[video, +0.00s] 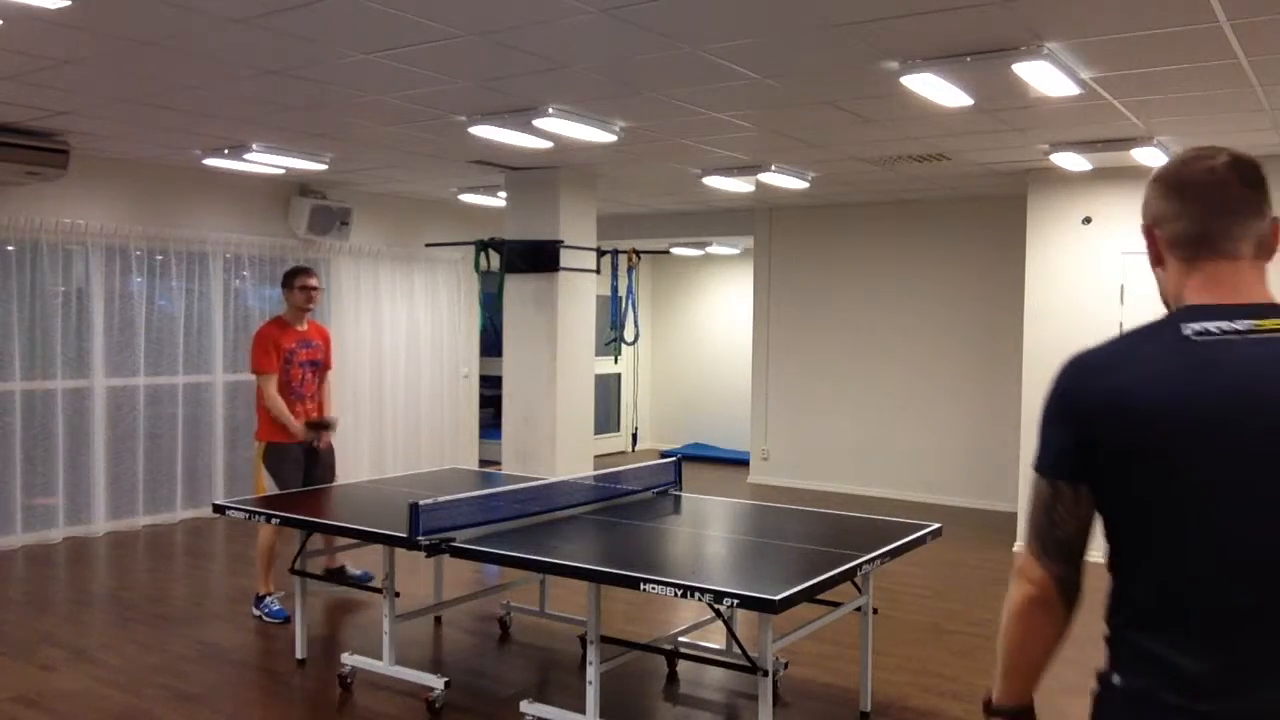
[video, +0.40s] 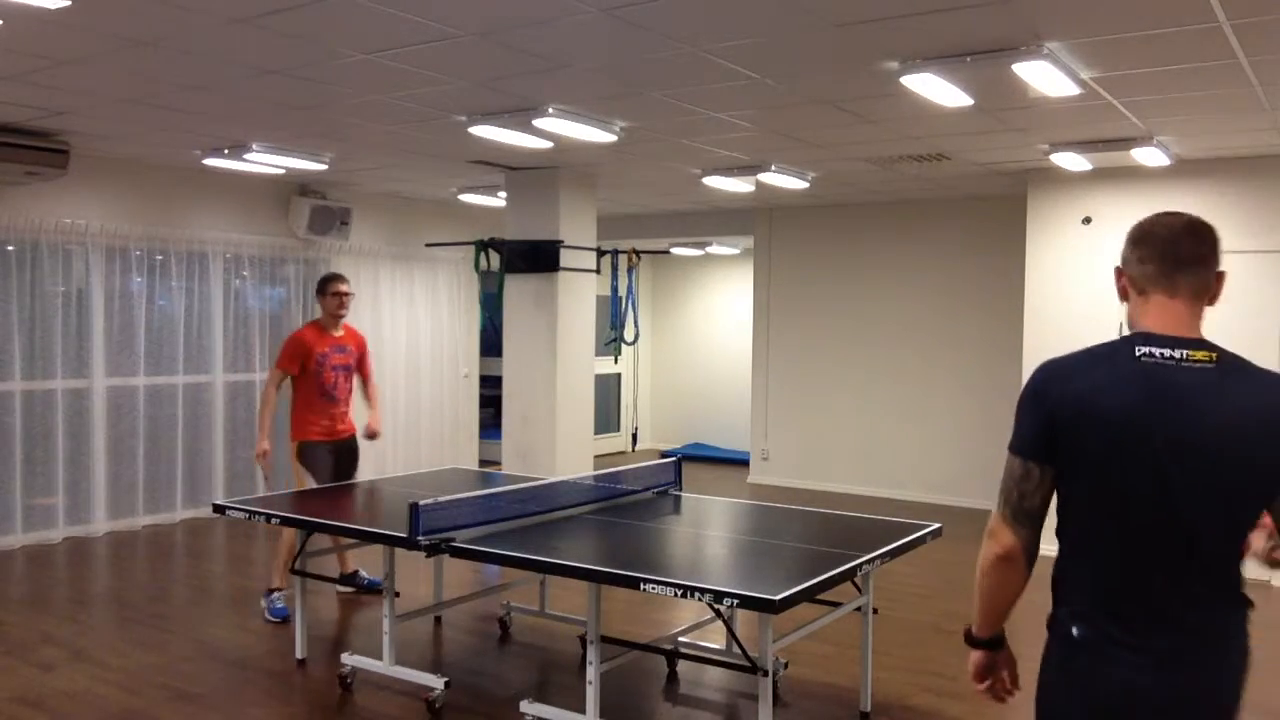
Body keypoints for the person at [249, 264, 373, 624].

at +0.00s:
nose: (311, 295)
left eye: (315, 290)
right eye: (304, 289)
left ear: (319, 294)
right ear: (286, 293)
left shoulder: (321, 334)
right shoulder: (269, 335)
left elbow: (325, 382)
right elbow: (267, 392)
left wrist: (326, 425)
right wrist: (299, 431)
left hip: (315, 436)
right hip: (280, 438)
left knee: (326, 503)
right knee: (277, 514)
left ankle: (333, 564)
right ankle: (264, 593)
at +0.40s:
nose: (342, 301)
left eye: (346, 296)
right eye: (335, 295)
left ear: (350, 300)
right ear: (320, 299)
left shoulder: (356, 340)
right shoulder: (302, 340)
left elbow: (368, 382)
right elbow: (272, 384)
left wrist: (375, 415)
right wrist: (264, 438)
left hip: (345, 437)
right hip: (311, 438)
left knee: (340, 509)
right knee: (304, 511)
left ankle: (347, 572)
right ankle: (275, 590)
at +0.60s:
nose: (349, 298)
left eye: (353, 293)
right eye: (342, 293)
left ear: (357, 296)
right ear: (326, 296)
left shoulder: (365, 325)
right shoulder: (310, 326)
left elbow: (397, 346)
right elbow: (268, 356)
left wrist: (406, 380)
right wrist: (281, 400)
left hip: (354, 428)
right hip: (320, 428)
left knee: (351, 502)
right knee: (322, 502)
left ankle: (348, 571)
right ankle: (302, 584)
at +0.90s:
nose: (356, 300)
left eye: (360, 295)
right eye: (349, 294)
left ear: (363, 298)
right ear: (332, 296)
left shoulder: (367, 337)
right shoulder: (311, 338)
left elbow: (366, 386)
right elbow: (300, 390)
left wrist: (388, 377)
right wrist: (325, 377)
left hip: (361, 429)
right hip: (326, 428)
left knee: (357, 501)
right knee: (330, 499)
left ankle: (348, 571)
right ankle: (302, 583)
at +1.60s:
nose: (334, 304)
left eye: (337, 299)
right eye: (328, 298)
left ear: (338, 304)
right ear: (307, 299)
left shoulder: (337, 342)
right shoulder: (286, 337)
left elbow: (339, 391)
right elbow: (273, 393)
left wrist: (362, 395)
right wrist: (321, 399)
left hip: (318, 435)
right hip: (283, 432)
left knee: (323, 508)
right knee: (282, 513)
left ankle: (342, 570)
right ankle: (264, 595)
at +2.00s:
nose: (334, 303)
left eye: (338, 298)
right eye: (328, 296)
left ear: (338, 302)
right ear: (308, 297)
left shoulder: (334, 337)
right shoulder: (285, 334)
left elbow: (358, 381)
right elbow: (251, 382)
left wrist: (365, 342)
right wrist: (292, 406)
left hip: (327, 437)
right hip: (291, 437)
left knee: (333, 509)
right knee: (277, 514)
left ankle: (334, 573)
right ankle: (264, 594)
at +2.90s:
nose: (333, 317)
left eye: (336, 312)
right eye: (327, 311)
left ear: (334, 313)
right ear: (306, 310)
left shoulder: (330, 347)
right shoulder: (276, 346)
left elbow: (340, 396)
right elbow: (253, 400)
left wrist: (355, 371)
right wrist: (289, 427)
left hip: (315, 440)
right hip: (277, 441)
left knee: (338, 506)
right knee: (270, 512)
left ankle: (339, 572)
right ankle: (229, 593)